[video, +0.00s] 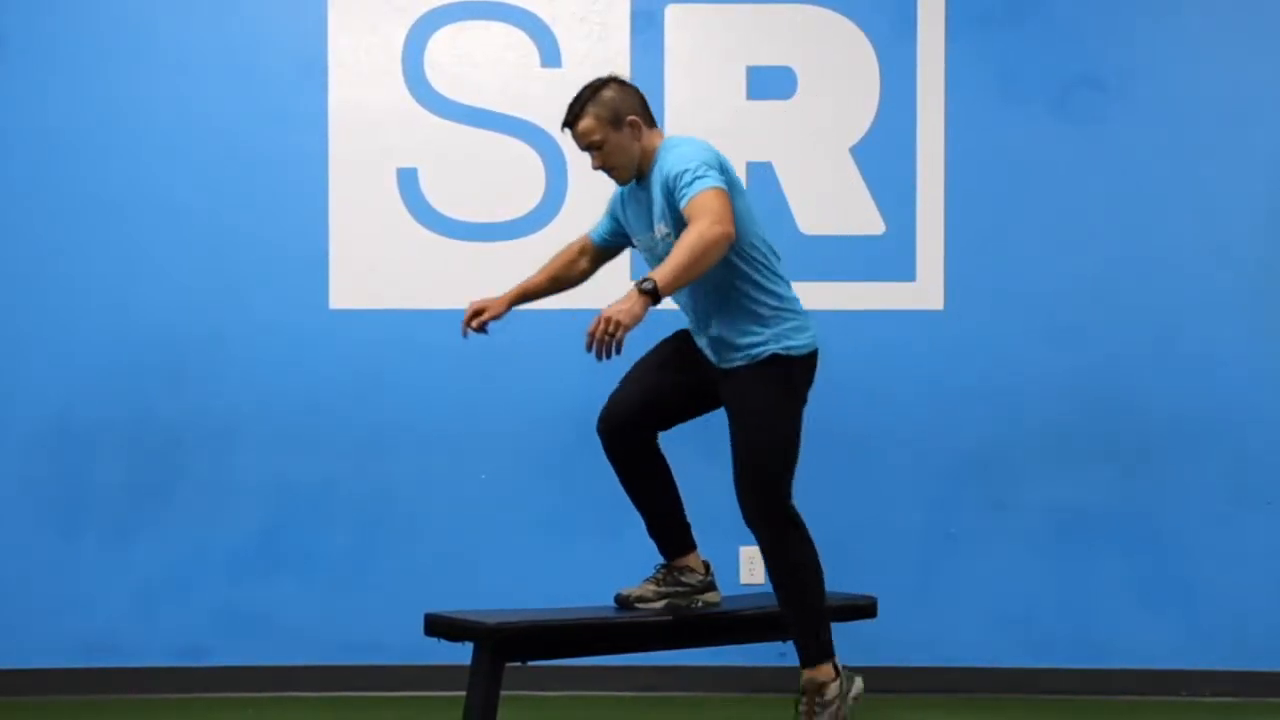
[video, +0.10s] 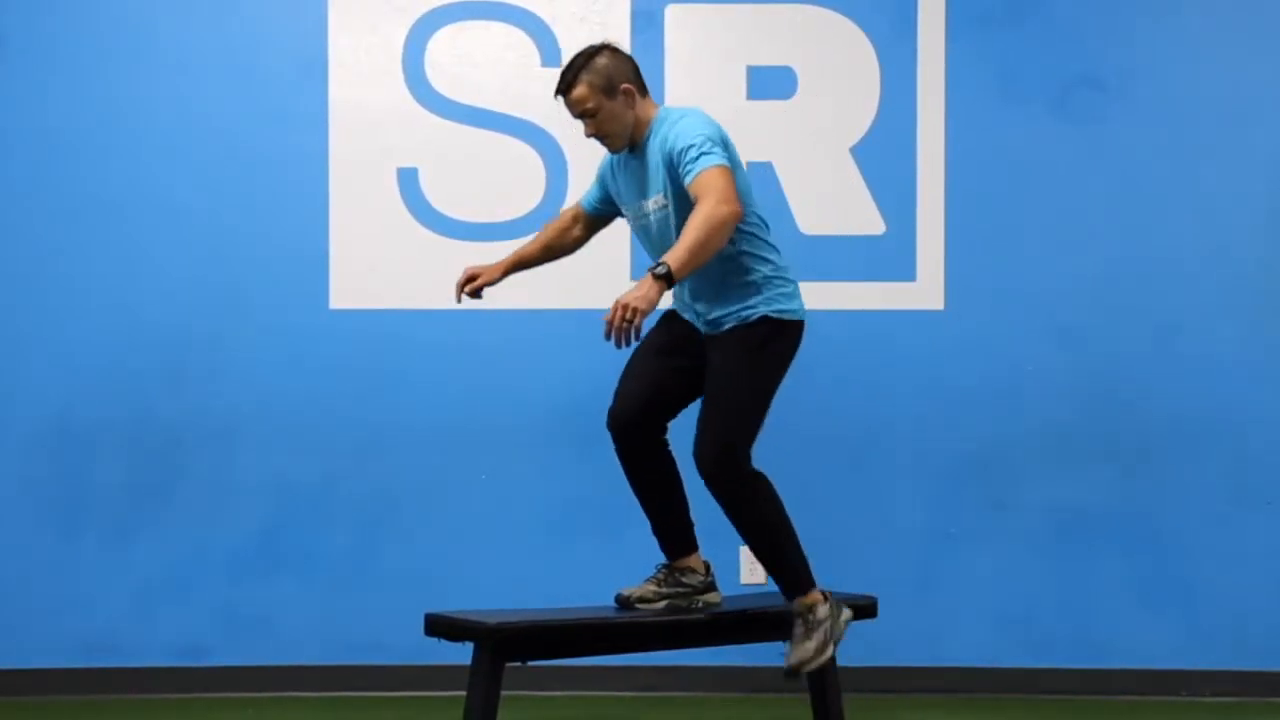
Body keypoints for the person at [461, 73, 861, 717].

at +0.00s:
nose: (592, 162)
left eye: (595, 146)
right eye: (585, 151)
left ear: (634, 126)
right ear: (622, 135)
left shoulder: (688, 162)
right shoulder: (631, 194)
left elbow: (715, 230)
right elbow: (584, 256)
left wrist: (641, 293)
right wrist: (509, 297)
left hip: (771, 348)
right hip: (709, 345)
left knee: (765, 504)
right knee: (622, 424)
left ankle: (822, 675)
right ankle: (686, 569)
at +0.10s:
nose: (585, 130)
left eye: (588, 114)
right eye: (578, 118)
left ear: (629, 95)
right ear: (614, 104)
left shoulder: (688, 134)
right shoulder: (619, 164)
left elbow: (721, 210)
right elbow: (575, 225)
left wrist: (657, 278)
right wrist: (503, 266)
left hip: (760, 313)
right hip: (694, 318)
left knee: (721, 457)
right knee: (631, 419)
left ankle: (812, 605)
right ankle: (688, 571)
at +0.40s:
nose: (580, 34)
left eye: (585, 18)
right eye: (574, 22)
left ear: (627, 3)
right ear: (582, 17)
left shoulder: (695, 53)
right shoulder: (605, 76)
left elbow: (759, 142)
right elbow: (604, 155)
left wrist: (744, 232)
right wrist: (563, 219)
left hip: (718, 253)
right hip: (654, 265)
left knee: (680, 394)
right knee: (647, 405)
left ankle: (726, 551)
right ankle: (682, 560)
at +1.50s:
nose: (618, 71)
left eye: (625, 58)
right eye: (611, 60)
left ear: (663, 37)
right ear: (608, 49)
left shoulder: (724, 102)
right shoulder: (619, 91)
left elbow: (785, 198)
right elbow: (623, 175)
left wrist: (752, 277)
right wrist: (601, 253)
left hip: (703, 285)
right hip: (633, 288)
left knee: (667, 414)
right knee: (612, 429)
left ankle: (721, 569)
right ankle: (603, 581)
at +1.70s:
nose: (610, 160)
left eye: (620, 150)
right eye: (605, 149)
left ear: (657, 130)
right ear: (599, 136)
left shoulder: (709, 183)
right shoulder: (595, 169)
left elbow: (789, 258)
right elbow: (577, 237)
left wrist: (775, 340)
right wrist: (529, 306)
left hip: (694, 348)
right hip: (620, 362)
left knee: (635, 434)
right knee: (608, 508)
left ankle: (716, 566)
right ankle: (598, 655)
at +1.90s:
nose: (584, 227)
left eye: (594, 216)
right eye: (577, 216)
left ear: (628, 199)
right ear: (571, 205)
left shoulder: (682, 245)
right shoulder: (567, 248)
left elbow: (752, 317)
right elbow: (545, 331)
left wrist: (767, 393)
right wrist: (489, 388)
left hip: (686, 401)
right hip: (610, 423)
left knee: (625, 437)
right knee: (593, 569)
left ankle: (710, 562)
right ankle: (623, 707)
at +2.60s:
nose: (534, 207)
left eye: (539, 193)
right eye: (526, 197)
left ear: (574, 176)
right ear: (526, 192)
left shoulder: (636, 219)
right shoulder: (549, 243)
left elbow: (712, 286)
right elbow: (560, 333)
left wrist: (690, 343)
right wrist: (529, 415)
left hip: (654, 391)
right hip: (599, 411)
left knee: (576, 474)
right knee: (612, 558)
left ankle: (645, 583)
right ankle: (630, 703)